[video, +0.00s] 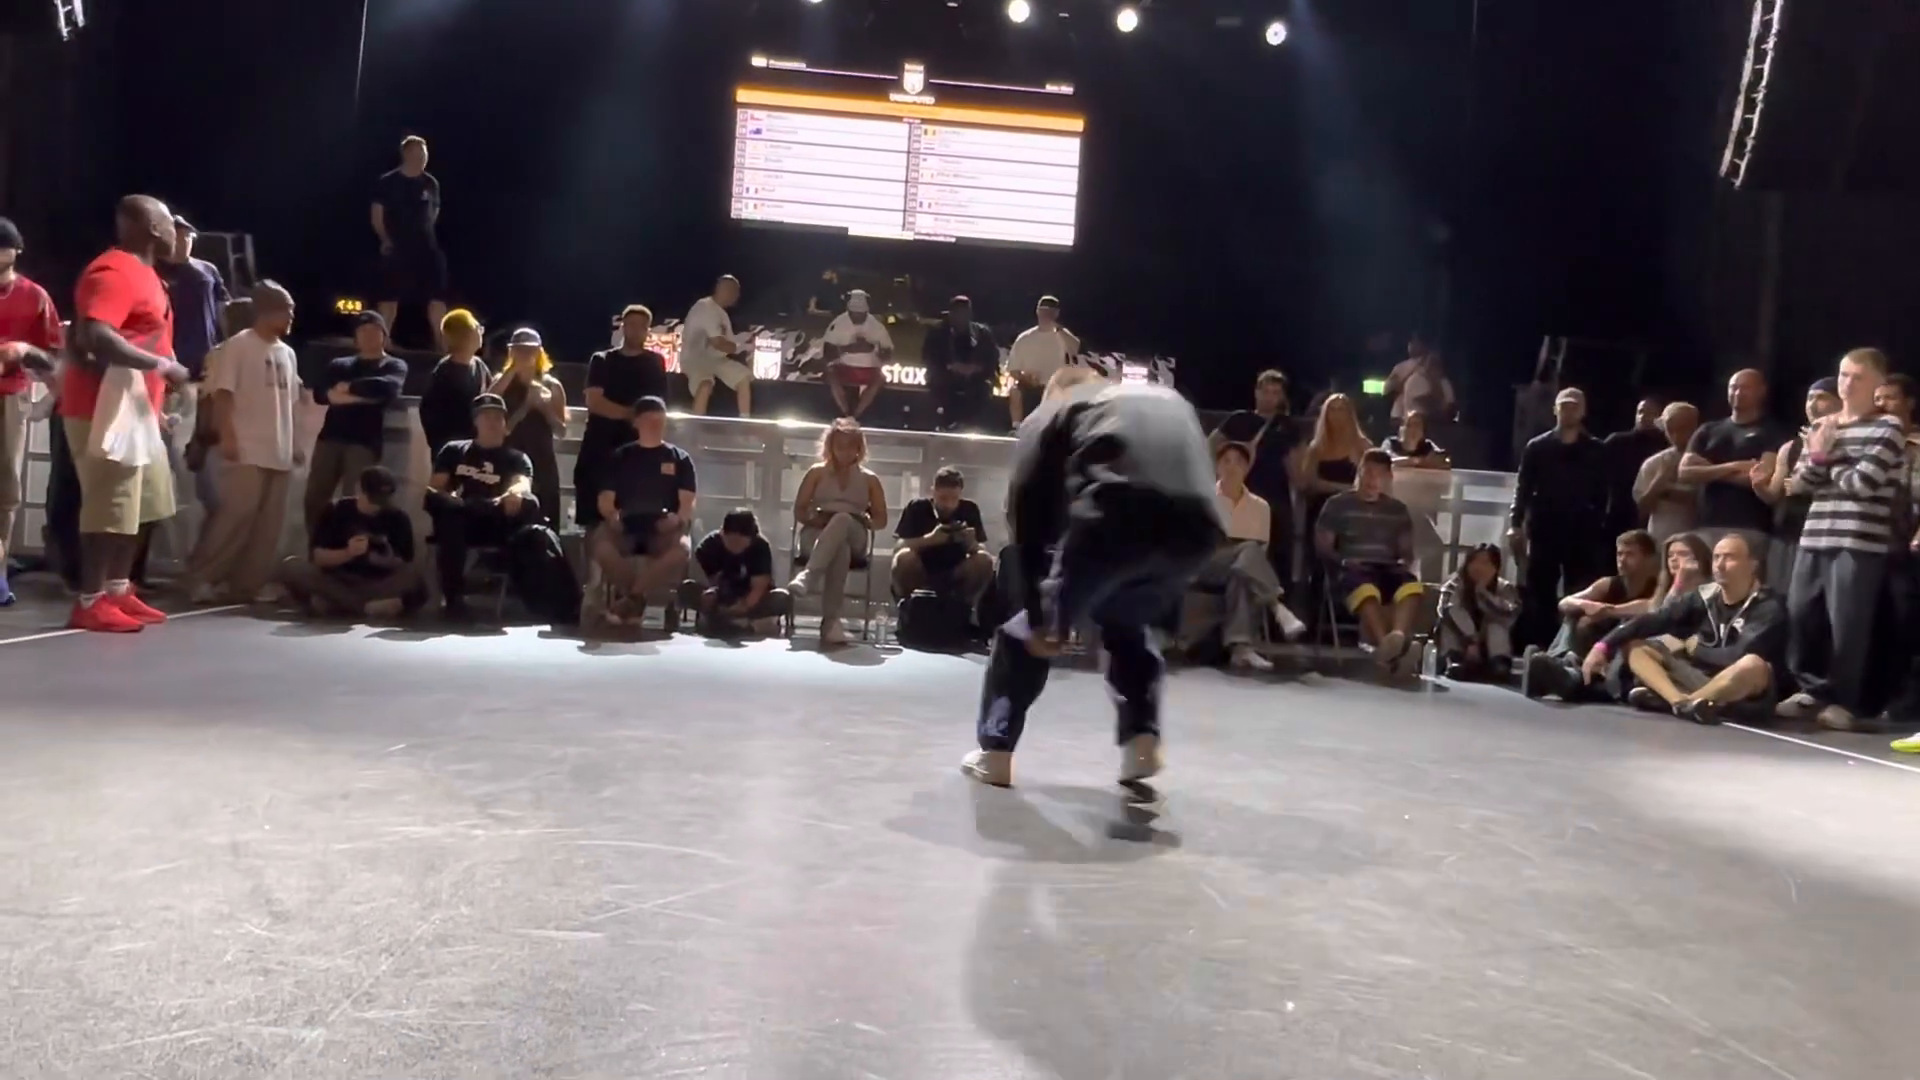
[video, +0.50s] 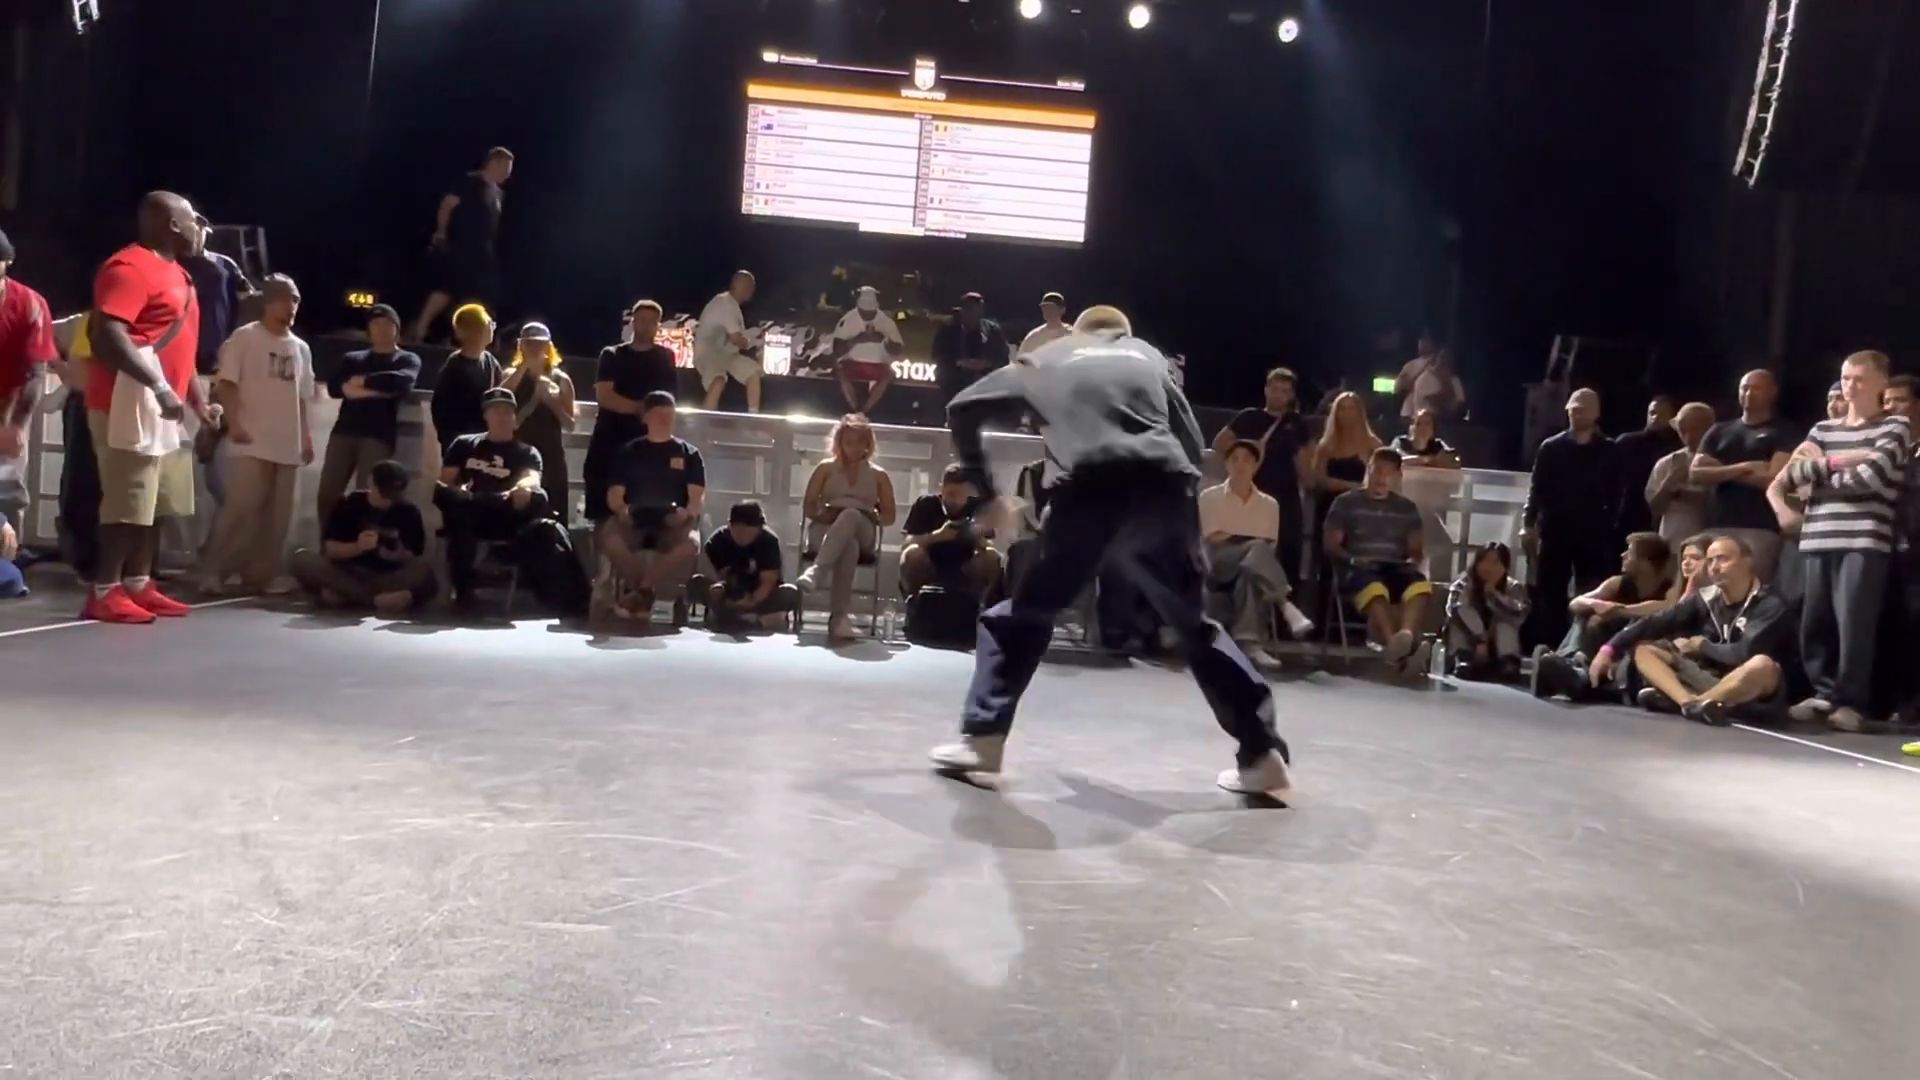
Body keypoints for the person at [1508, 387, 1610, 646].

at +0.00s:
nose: (1567, 411)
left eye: (1573, 406)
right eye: (1563, 405)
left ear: (1583, 412)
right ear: (1555, 410)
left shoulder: (1597, 450)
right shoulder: (1537, 447)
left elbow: (1603, 493)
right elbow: (1523, 489)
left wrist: (1599, 526)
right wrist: (1516, 524)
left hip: (1582, 532)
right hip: (1544, 531)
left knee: (1580, 598)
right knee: (1540, 597)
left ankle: (1578, 654)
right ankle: (1539, 652)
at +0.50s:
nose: (1575, 414)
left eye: (1582, 410)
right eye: (1572, 409)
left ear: (1595, 414)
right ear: (1566, 411)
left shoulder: (1610, 451)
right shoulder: (1550, 448)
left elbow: (1617, 494)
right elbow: (1536, 489)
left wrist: (1611, 526)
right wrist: (1529, 525)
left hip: (1594, 533)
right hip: (1556, 532)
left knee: (1593, 599)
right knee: (1550, 597)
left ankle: (1590, 656)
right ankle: (1548, 652)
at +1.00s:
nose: (1598, 414)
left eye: (1604, 410)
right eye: (1596, 409)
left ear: (1622, 413)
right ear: (1593, 410)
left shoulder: (1637, 450)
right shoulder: (1579, 445)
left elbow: (1642, 495)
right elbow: (1563, 487)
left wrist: (1634, 531)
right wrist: (1548, 521)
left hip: (1616, 533)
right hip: (1578, 532)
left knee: (1615, 597)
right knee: (1563, 592)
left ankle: (1612, 654)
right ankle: (1554, 647)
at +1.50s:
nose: (1633, 407)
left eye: (1635, 402)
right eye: (1627, 400)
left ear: (1636, 408)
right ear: (1609, 404)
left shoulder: (1637, 447)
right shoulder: (1578, 438)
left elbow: (1645, 492)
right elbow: (1556, 478)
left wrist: (1645, 530)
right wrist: (1544, 513)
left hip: (1619, 528)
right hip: (1579, 525)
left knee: (1621, 591)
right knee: (1554, 581)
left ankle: (1617, 650)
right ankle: (1559, 640)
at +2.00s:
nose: (1634, 409)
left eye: (1634, 404)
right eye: (1630, 403)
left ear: (1614, 406)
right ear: (1614, 404)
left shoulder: (1627, 445)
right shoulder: (1581, 435)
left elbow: (1632, 484)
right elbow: (1562, 473)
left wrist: (1631, 514)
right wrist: (1559, 510)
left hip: (1618, 522)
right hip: (1583, 521)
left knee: (1619, 586)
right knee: (1565, 583)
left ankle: (1618, 646)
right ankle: (1557, 637)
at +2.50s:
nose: (1658, 409)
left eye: (1658, 403)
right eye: (1653, 402)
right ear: (1637, 402)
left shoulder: (1663, 437)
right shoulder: (1604, 434)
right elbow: (1583, 473)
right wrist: (1578, 511)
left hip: (1648, 520)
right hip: (1608, 520)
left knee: (1643, 581)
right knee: (1583, 578)